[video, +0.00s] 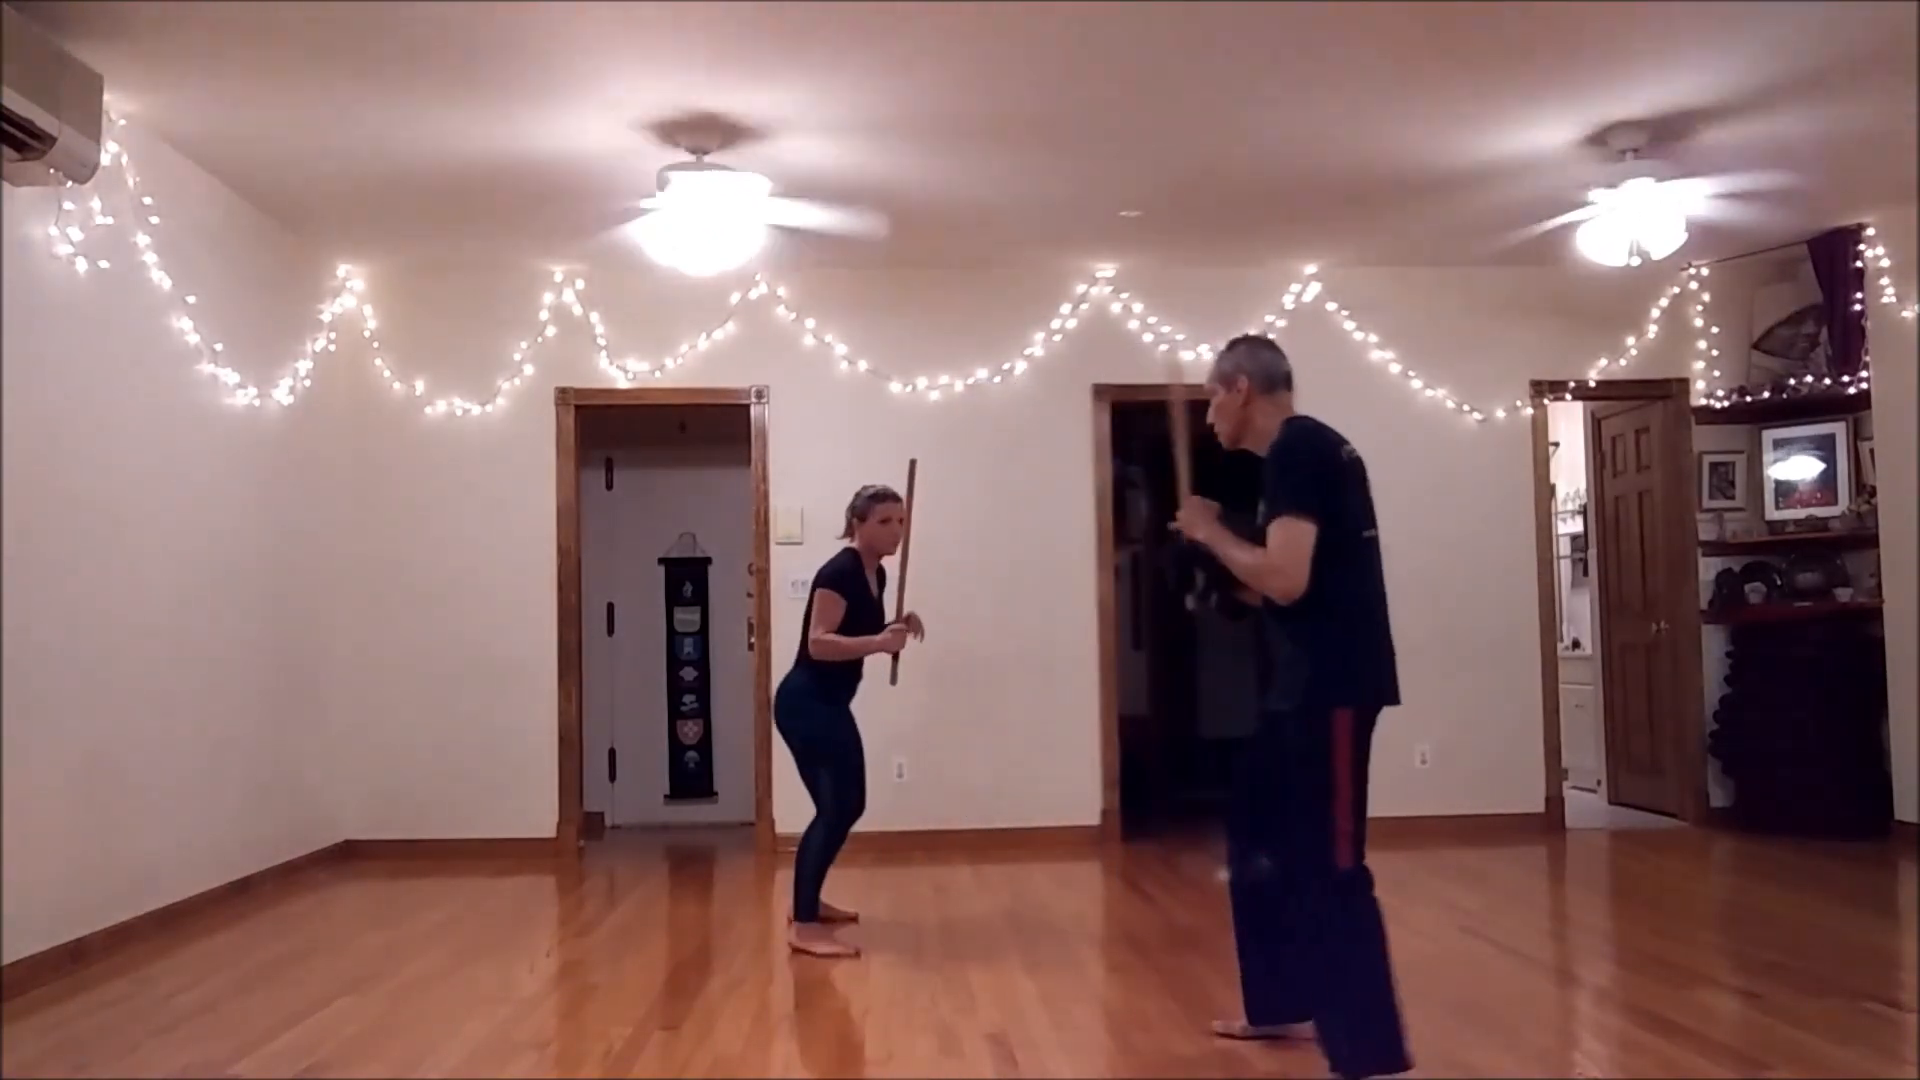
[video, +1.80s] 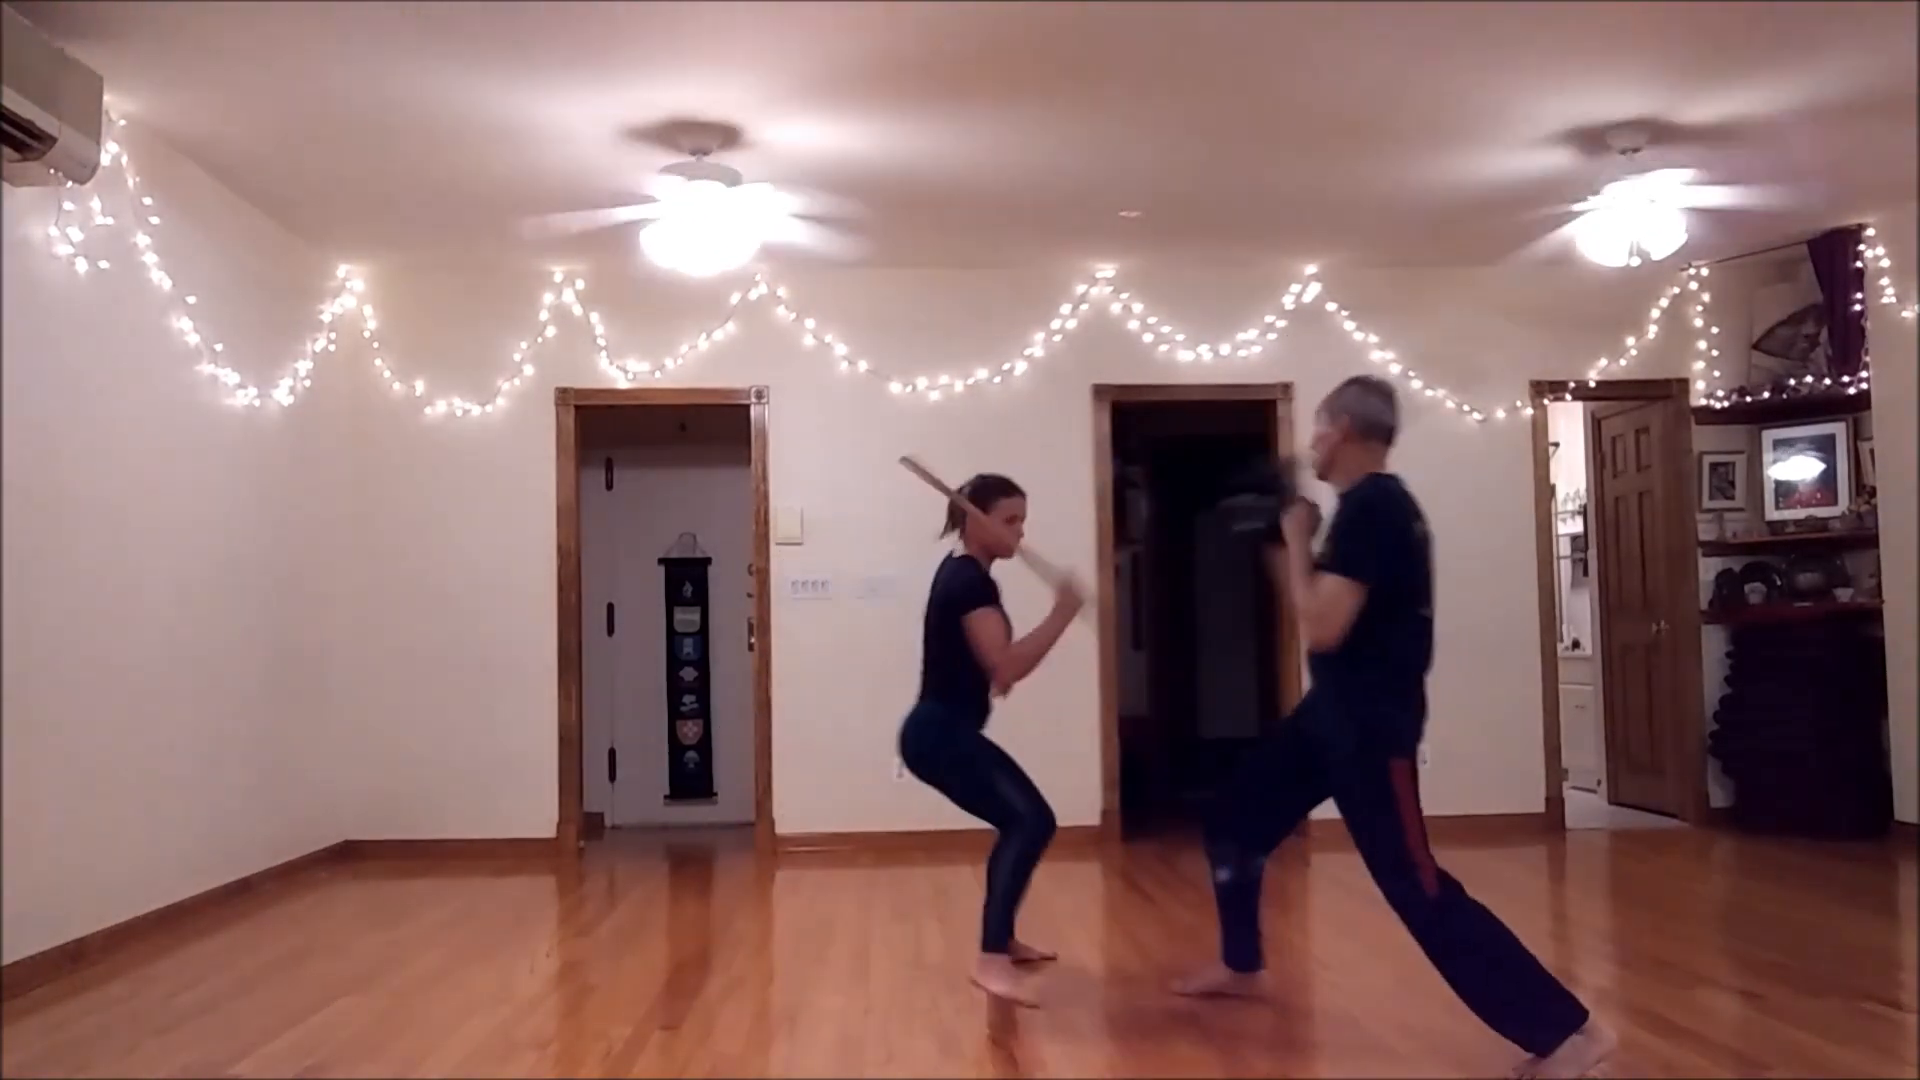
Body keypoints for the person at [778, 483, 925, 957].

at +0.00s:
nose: (897, 530)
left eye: (901, 522)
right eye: (887, 522)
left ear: (902, 528)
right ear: (858, 526)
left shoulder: (874, 573)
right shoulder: (838, 573)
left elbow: (856, 634)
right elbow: (817, 643)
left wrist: (893, 628)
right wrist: (879, 643)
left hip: (832, 704)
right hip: (806, 705)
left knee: (851, 805)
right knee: (835, 807)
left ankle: (807, 903)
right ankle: (803, 925)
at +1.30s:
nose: (868, 554)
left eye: (870, 545)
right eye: (861, 544)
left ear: (837, 547)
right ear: (831, 544)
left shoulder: (824, 591)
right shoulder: (818, 593)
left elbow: (821, 665)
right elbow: (811, 669)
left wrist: (875, 664)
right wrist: (875, 660)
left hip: (782, 728)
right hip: (788, 731)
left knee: (794, 821)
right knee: (872, 805)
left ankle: (715, 904)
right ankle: (864, 928)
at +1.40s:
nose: (898, 553)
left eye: (899, 543)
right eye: (889, 544)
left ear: (866, 549)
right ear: (858, 547)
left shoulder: (858, 593)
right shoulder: (852, 596)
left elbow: (895, 652)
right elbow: (874, 676)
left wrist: (929, 622)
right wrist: (942, 659)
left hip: (810, 731)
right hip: (817, 737)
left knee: (785, 824)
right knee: (904, 812)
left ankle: (714, 904)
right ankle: (952, 929)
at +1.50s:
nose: (949, 546)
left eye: (950, 537)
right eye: (941, 537)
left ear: (910, 543)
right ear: (910, 542)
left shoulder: (892, 586)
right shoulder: (908, 598)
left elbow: (929, 637)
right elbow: (981, 664)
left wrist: (958, 637)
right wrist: (1054, 670)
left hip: (843, 729)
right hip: (856, 739)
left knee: (836, 820)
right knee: (943, 817)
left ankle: (755, 883)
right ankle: (968, 945)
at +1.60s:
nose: (997, 539)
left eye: (997, 530)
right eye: (987, 531)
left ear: (953, 537)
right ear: (955, 535)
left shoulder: (926, 575)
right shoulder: (957, 590)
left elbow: (913, 642)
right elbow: (1007, 668)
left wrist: (957, 678)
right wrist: (1085, 674)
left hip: (860, 720)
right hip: (880, 730)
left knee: (926, 803)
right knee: (972, 819)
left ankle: (862, 898)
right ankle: (971, 946)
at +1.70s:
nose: (1020, 536)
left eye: (1021, 526)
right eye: (1010, 526)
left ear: (979, 530)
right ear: (975, 529)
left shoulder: (958, 573)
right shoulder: (967, 585)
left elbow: (965, 653)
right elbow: (975, 678)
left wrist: (993, 685)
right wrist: (1049, 666)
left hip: (903, 720)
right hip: (901, 727)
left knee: (997, 805)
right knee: (1002, 808)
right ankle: (973, 930)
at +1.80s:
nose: (1021, 531)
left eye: (1022, 521)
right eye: (1012, 521)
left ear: (976, 524)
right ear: (979, 521)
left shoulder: (966, 574)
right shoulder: (966, 580)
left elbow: (982, 656)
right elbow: (1005, 669)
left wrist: (996, 676)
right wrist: (1062, 613)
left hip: (948, 732)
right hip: (940, 736)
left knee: (1034, 821)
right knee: (1028, 823)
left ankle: (1002, 941)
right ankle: (991, 958)